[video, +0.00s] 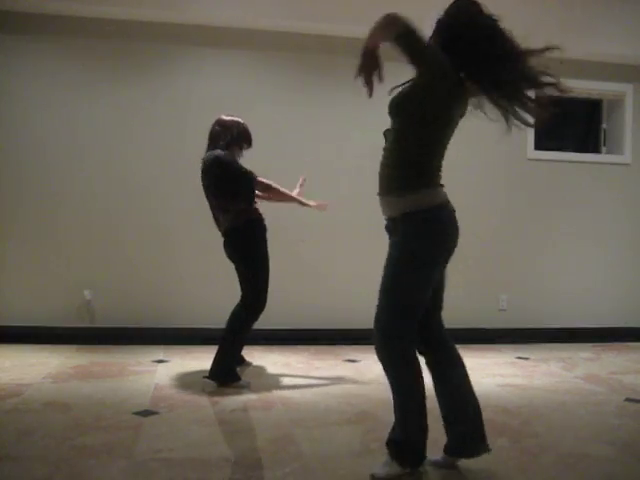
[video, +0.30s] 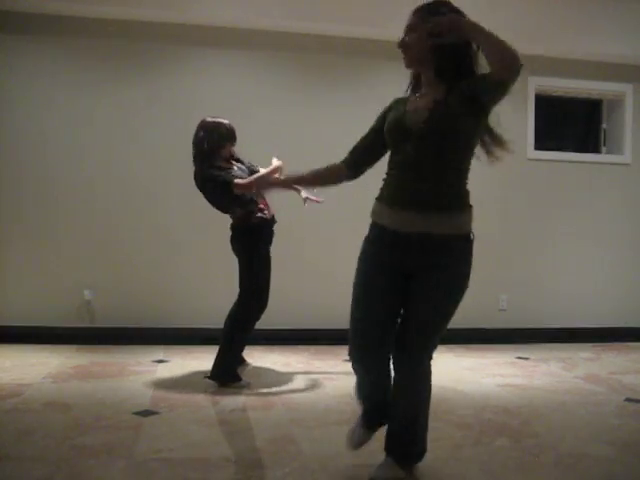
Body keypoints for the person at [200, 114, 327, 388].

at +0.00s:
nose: (243, 150)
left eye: (244, 145)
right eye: (241, 144)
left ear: (219, 137)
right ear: (231, 139)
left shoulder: (213, 162)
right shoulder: (223, 162)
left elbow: (254, 190)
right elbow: (262, 187)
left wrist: (289, 192)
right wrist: (303, 202)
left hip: (237, 236)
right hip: (247, 235)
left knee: (251, 298)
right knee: (254, 301)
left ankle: (231, 354)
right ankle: (222, 370)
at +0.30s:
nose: (233, 149)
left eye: (233, 143)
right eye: (228, 144)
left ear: (231, 144)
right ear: (213, 146)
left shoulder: (231, 162)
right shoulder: (208, 175)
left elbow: (263, 178)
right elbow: (244, 187)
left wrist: (297, 187)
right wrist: (272, 170)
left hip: (258, 233)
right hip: (247, 236)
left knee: (255, 300)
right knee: (250, 301)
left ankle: (231, 355)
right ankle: (224, 369)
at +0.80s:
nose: (219, 166)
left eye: (219, 161)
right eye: (217, 161)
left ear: (196, 163)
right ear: (208, 163)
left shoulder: (206, 185)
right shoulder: (210, 189)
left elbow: (245, 179)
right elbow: (246, 208)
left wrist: (281, 175)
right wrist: (283, 201)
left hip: (253, 240)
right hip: (259, 241)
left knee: (255, 302)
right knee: (261, 305)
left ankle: (230, 357)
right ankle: (225, 369)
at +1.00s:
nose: (200, 158)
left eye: (200, 153)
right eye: (192, 158)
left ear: (207, 157)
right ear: (184, 169)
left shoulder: (213, 189)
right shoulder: (207, 194)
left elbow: (249, 213)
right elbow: (242, 224)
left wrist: (278, 224)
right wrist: (283, 237)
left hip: (258, 243)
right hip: (256, 246)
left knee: (256, 304)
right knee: (255, 307)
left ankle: (231, 353)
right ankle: (220, 372)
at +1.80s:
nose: (185, 153)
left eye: (179, 155)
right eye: (182, 161)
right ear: (190, 175)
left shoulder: (216, 172)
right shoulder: (213, 179)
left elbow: (210, 220)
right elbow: (210, 220)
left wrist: (237, 241)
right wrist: (237, 241)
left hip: (260, 233)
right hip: (257, 237)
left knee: (253, 301)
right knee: (253, 303)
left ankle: (230, 354)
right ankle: (223, 369)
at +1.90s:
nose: (199, 132)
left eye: (193, 132)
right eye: (193, 138)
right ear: (198, 154)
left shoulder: (232, 154)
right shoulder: (219, 167)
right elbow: (206, 209)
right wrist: (228, 243)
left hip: (254, 234)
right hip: (245, 237)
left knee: (252, 297)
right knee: (251, 298)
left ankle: (230, 356)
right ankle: (226, 366)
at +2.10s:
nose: (239, 117)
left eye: (238, 113)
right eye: (230, 117)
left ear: (247, 119)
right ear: (224, 133)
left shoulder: (258, 152)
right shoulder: (222, 162)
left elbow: (259, 187)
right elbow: (207, 203)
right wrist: (198, 239)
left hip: (244, 236)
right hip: (224, 237)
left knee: (231, 294)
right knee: (244, 292)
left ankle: (225, 357)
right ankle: (237, 359)